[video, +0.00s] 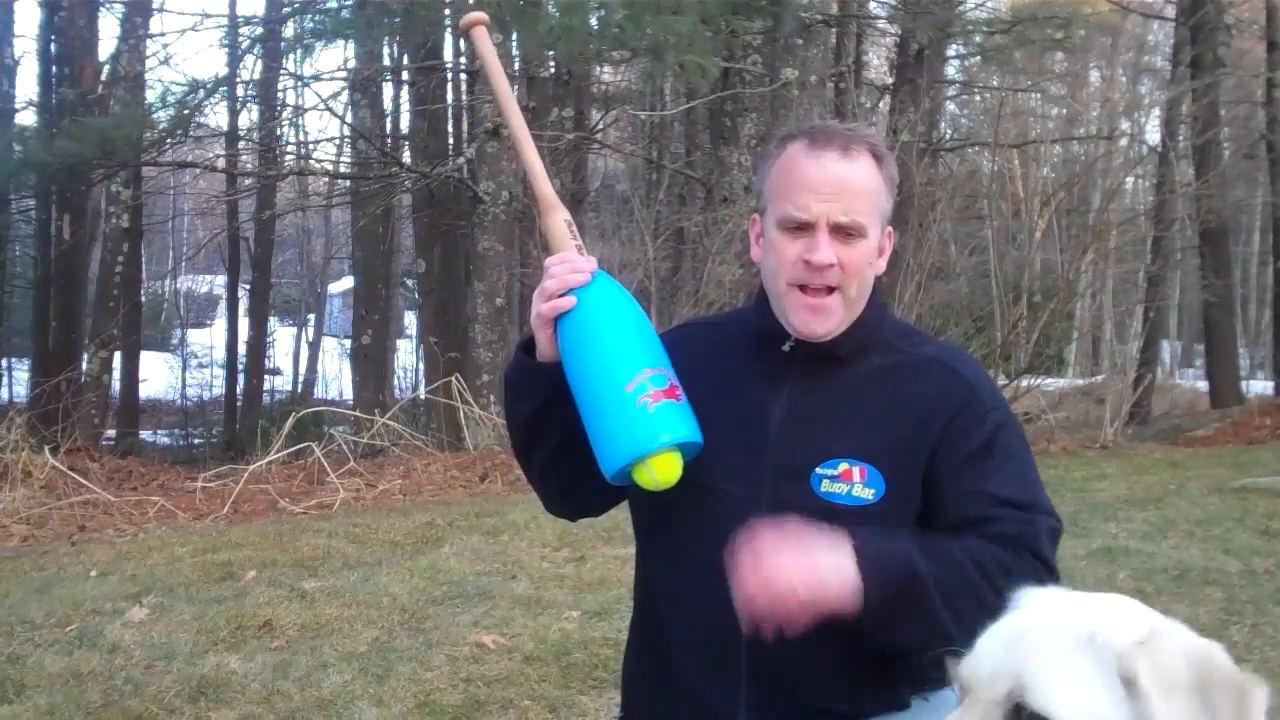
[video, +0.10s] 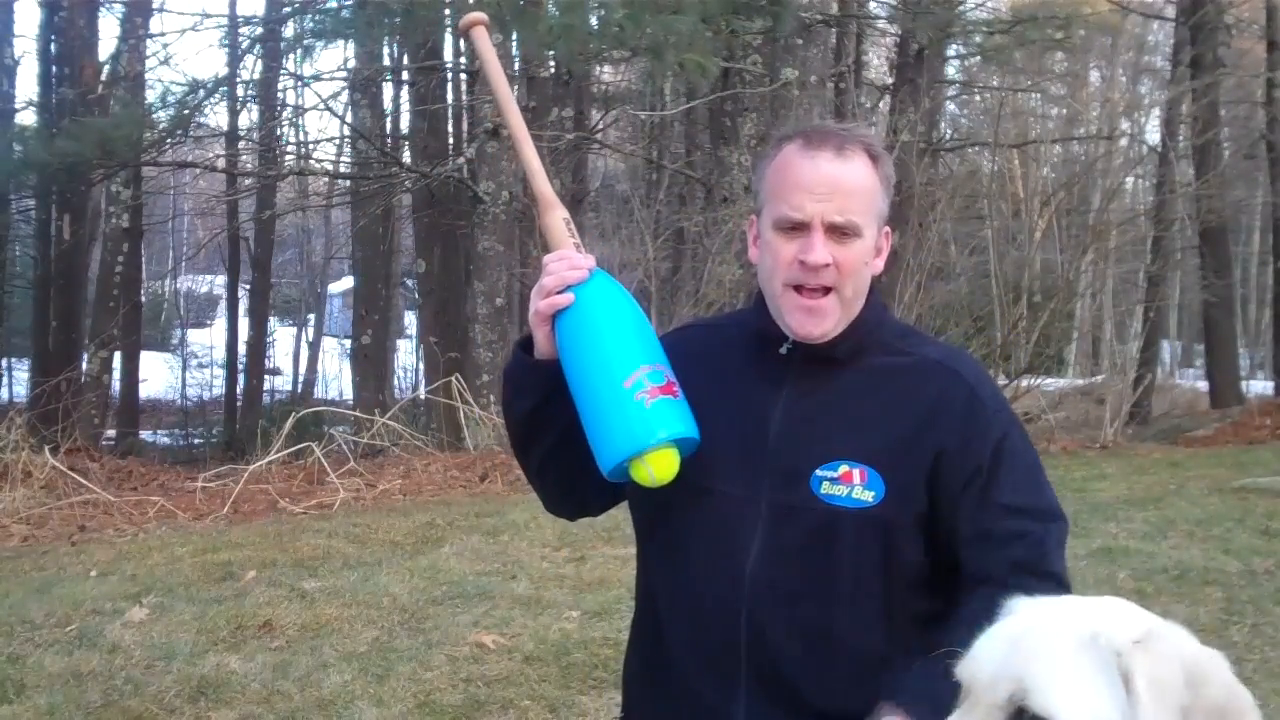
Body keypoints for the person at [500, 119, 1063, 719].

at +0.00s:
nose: (820, 255)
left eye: (846, 231)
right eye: (797, 228)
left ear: (883, 250)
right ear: (757, 239)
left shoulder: (944, 391)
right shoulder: (676, 363)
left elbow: (1018, 560)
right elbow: (575, 490)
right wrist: (546, 362)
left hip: (879, 706)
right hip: (684, 703)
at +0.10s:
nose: (814, 256)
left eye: (841, 232)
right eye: (792, 229)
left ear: (880, 251)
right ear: (753, 241)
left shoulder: (947, 397)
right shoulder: (675, 366)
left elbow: (1022, 580)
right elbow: (575, 489)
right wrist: (543, 360)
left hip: (851, 708)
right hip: (675, 704)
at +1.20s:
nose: (801, 255)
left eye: (827, 230)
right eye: (779, 230)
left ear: (871, 248)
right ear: (745, 245)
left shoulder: (951, 397)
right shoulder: (678, 370)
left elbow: (988, 589)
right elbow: (603, 528)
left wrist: (803, 559)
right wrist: (570, 410)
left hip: (877, 705)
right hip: (685, 704)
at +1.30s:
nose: (799, 255)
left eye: (824, 230)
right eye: (776, 229)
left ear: (870, 247)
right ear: (744, 245)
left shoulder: (951, 397)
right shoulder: (677, 370)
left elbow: (984, 590)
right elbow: (603, 526)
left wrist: (799, 555)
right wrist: (571, 411)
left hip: (870, 704)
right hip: (682, 702)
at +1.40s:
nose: (797, 254)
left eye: (823, 229)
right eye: (774, 228)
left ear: (869, 247)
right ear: (743, 243)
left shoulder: (949, 396)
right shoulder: (675, 368)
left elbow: (982, 592)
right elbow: (603, 526)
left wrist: (797, 551)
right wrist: (572, 410)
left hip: (871, 705)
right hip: (682, 704)